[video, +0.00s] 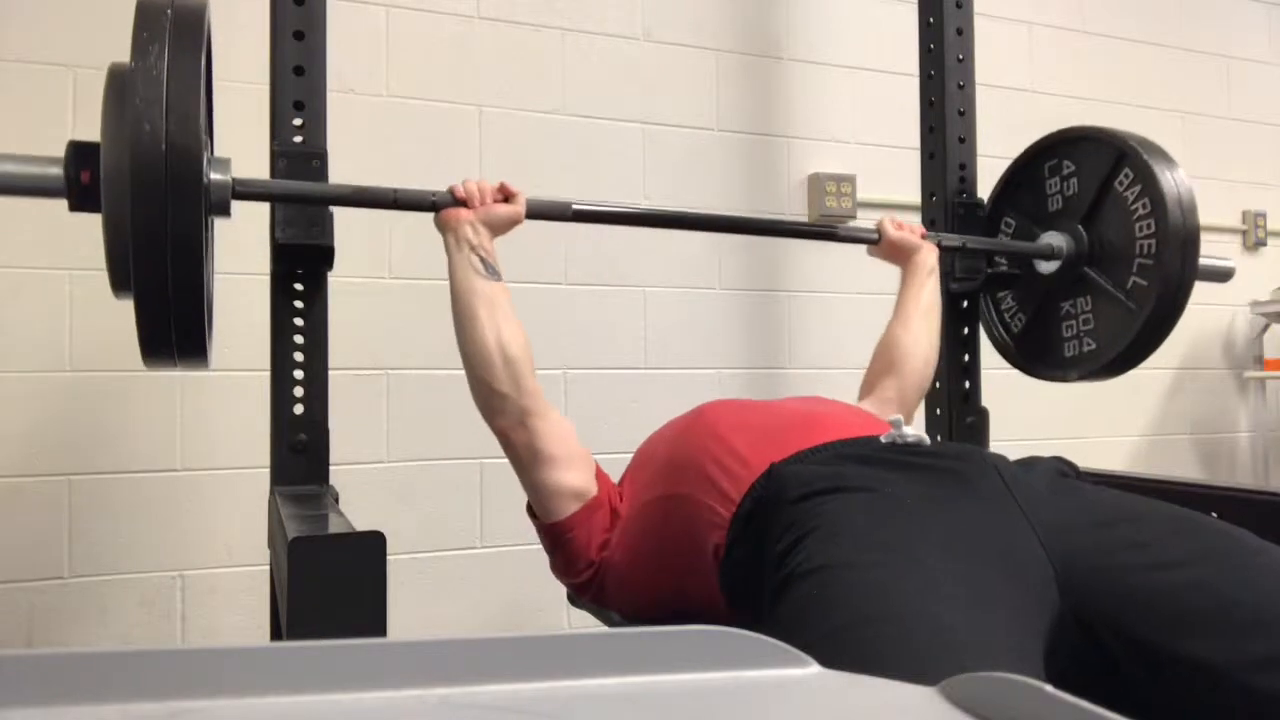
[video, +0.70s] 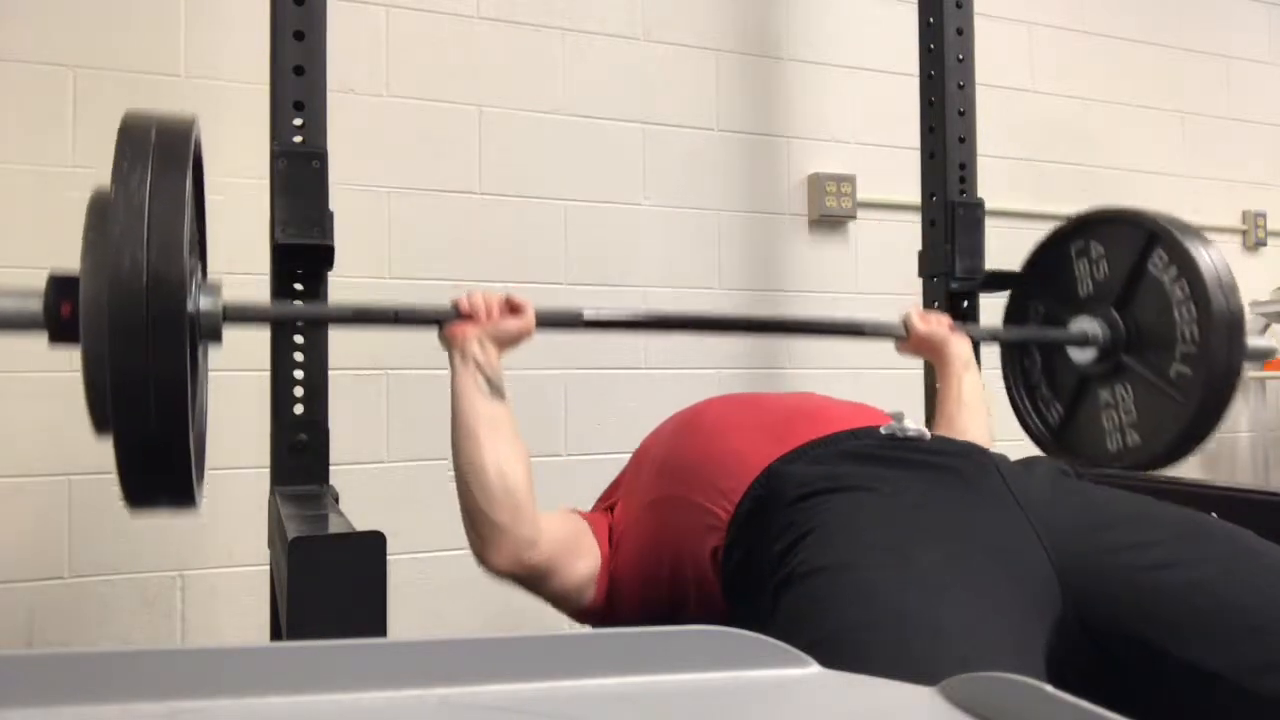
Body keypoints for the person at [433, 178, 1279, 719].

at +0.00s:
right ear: (620, 504)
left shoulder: (845, 426)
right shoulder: (612, 537)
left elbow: (896, 384)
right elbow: (517, 412)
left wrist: (919, 265)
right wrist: (471, 250)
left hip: (1011, 474)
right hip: (838, 493)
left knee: (1268, 603)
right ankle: (985, 701)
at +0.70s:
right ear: (643, 495)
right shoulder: (620, 543)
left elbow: (980, 471)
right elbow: (509, 538)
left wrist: (954, 352)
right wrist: (472, 364)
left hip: (1028, 484)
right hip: (850, 506)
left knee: (1270, 614)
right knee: (928, 691)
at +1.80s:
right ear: (612, 505)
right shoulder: (608, 531)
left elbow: (926, 429)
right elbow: (512, 444)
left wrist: (947, 294)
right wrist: (480, 280)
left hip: (1012, 480)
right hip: (839, 499)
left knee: (1272, 606)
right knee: (941, 686)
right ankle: (964, 700)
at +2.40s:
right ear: (649, 480)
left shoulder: (864, 423)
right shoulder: (626, 522)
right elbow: (556, 627)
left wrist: (978, 449)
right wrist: (495, 485)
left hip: (1027, 487)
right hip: (853, 503)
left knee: (1273, 605)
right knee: (942, 686)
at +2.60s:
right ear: (652, 497)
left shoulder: (888, 435)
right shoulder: (630, 529)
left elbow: (991, 489)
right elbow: (541, 573)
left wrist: (981, 384)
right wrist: (490, 407)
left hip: (1033, 489)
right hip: (856, 509)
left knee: (1272, 623)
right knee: (933, 701)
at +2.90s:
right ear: (629, 498)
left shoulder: (856, 435)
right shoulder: (612, 538)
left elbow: (938, 429)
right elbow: (521, 470)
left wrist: (954, 297)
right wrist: (479, 300)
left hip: (1026, 485)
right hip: (842, 504)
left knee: (1275, 614)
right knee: (940, 699)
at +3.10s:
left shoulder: (866, 442)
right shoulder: (619, 545)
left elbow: (961, 464)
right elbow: (514, 526)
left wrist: (959, 341)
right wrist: (481, 354)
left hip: (1034, 488)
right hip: (846, 508)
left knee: (1270, 613)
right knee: (931, 672)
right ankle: (980, 702)